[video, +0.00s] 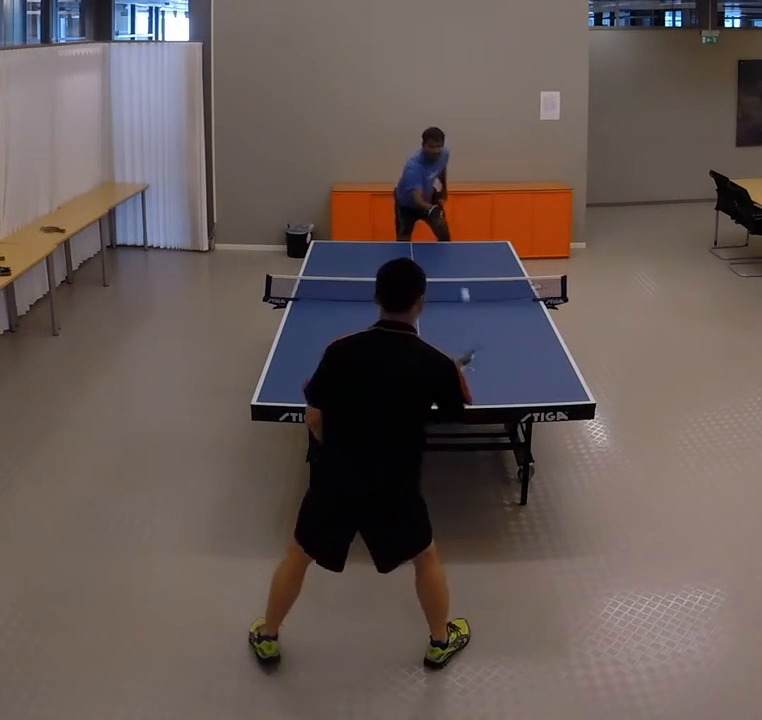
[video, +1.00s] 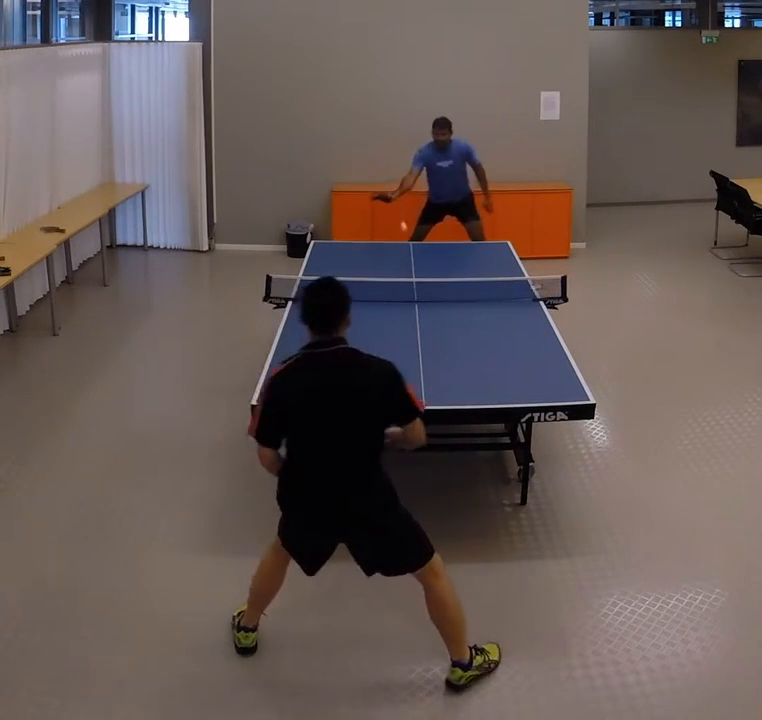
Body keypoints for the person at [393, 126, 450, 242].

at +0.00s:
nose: (435, 151)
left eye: (438, 147)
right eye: (431, 147)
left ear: (442, 146)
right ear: (423, 145)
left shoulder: (444, 155)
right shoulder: (414, 165)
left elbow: (442, 173)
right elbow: (416, 197)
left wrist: (444, 190)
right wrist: (430, 208)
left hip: (429, 199)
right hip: (407, 202)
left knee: (444, 235)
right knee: (403, 240)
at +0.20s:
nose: (452, 147)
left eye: (456, 143)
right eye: (449, 143)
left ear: (460, 144)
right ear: (441, 142)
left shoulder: (461, 160)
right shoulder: (425, 163)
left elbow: (468, 184)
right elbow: (409, 189)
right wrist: (417, 209)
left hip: (442, 207)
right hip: (420, 208)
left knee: (459, 246)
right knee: (411, 249)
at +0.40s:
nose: (453, 133)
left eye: (456, 129)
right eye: (449, 128)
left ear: (461, 130)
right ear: (442, 128)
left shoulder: (468, 150)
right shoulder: (427, 147)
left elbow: (477, 176)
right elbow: (411, 169)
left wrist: (484, 204)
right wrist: (409, 194)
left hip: (451, 203)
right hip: (425, 203)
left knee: (461, 245)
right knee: (410, 244)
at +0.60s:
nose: (436, 124)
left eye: (440, 121)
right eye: (433, 120)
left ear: (446, 120)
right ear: (427, 119)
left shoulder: (457, 140)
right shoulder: (417, 140)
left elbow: (468, 166)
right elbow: (409, 166)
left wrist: (471, 195)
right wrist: (401, 191)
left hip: (450, 195)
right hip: (424, 196)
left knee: (459, 240)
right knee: (407, 238)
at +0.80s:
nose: (421, 137)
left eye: (425, 133)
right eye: (418, 133)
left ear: (432, 132)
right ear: (413, 133)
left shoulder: (446, 147)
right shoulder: (410, 156)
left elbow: (463, 170)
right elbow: (407, 184)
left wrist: (463, 199)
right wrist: (393, 197)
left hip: (450, 198)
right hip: (426, 200)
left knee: (462, 241)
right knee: (407, 240)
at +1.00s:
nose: (439, 138)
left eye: (443, 135)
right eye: (436, 135)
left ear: (450, 134)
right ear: (432, 134)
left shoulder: (462, 149)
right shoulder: (425, 153)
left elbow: (478, 169)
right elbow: (410, 178)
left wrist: (487, 197)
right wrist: (394, 195)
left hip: (462, 200)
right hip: (436, 202)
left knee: (479, 240)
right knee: (415, 241)